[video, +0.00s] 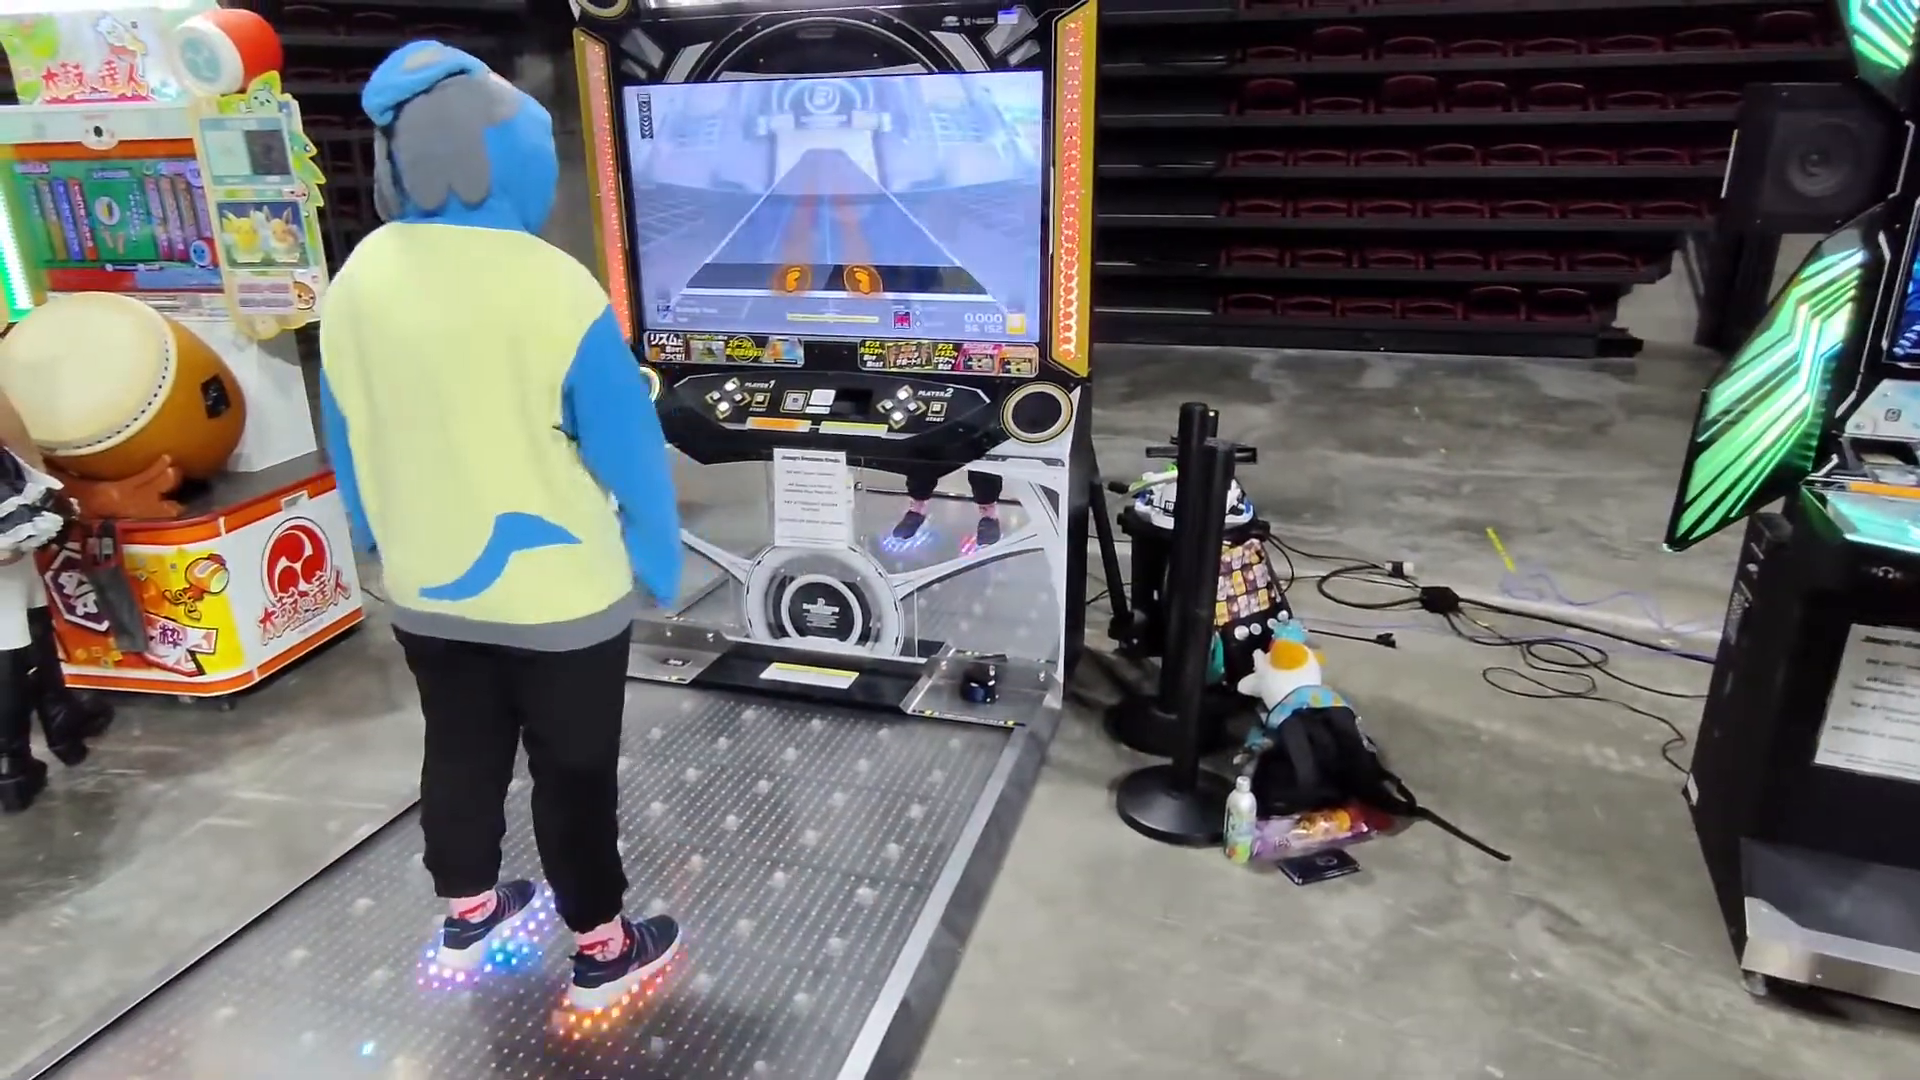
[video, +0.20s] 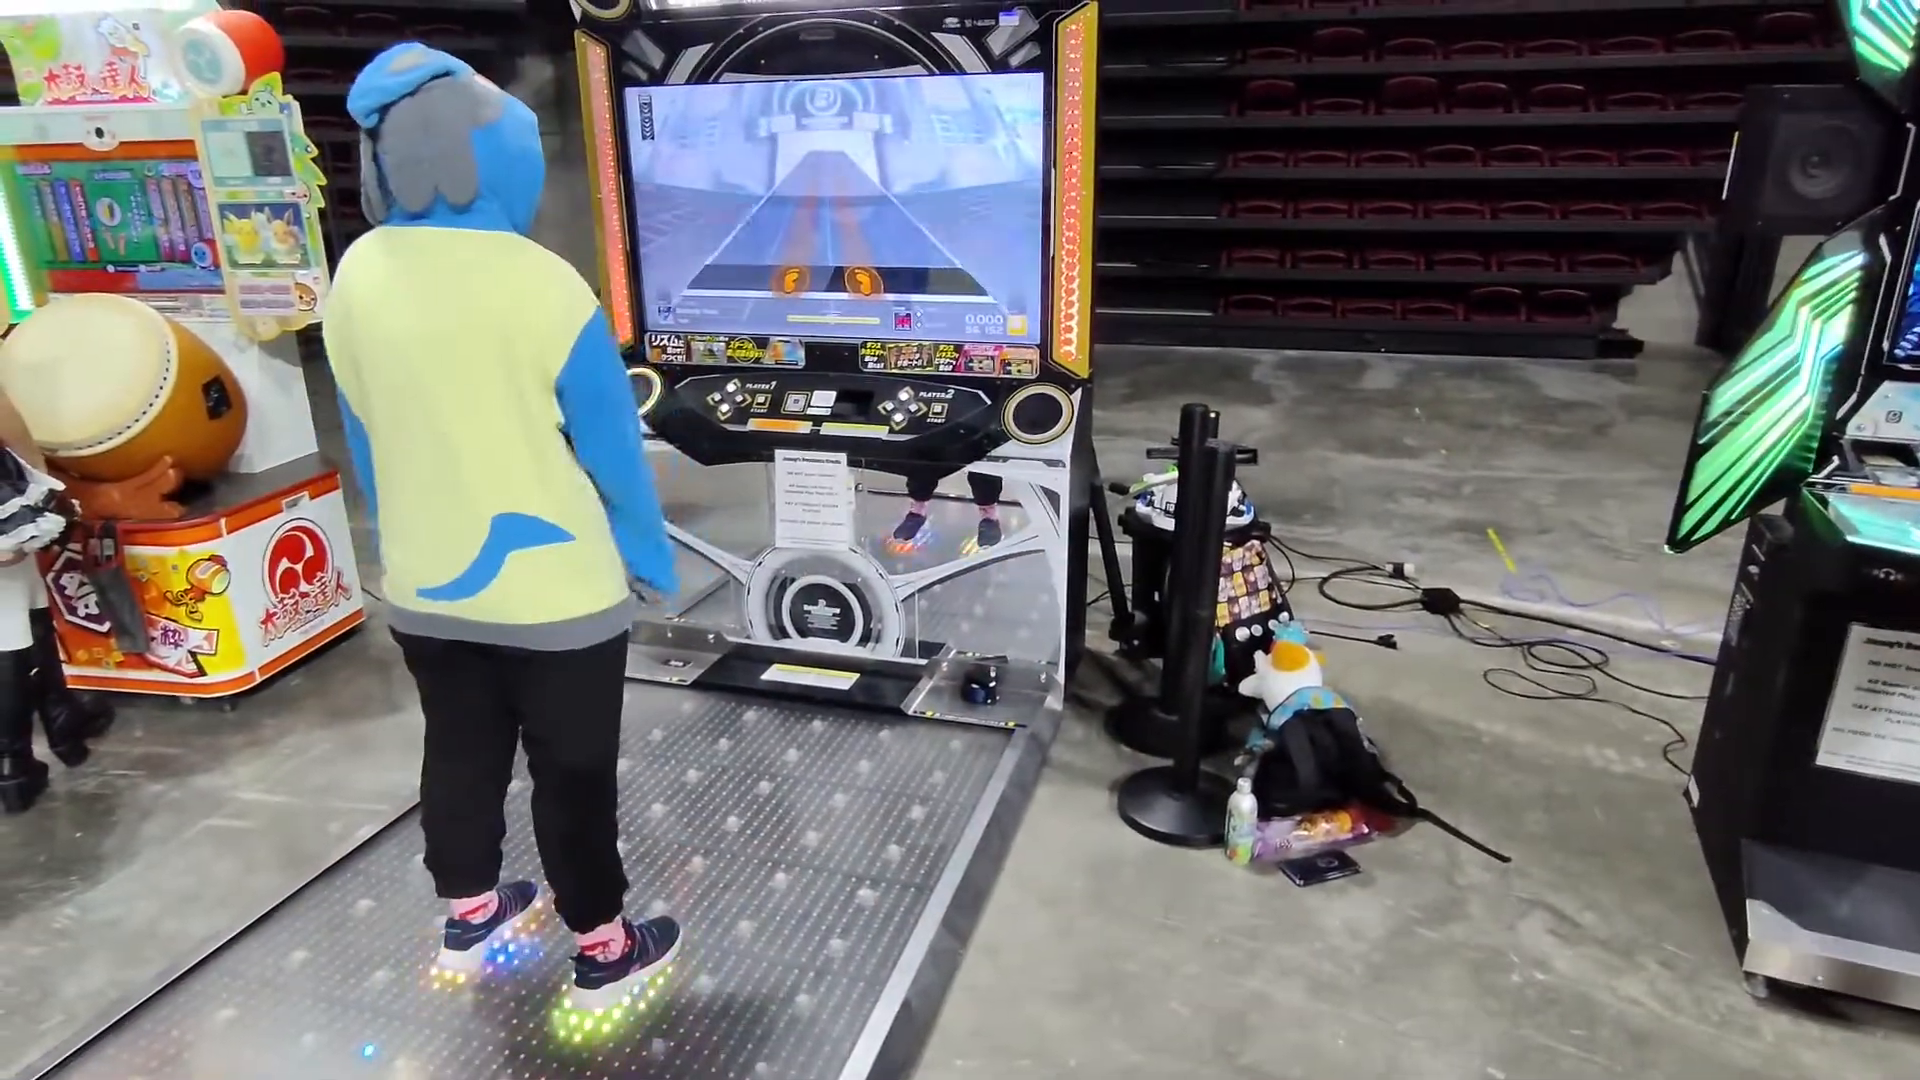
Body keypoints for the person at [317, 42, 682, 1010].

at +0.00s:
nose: (540, 166)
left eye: (528, 147)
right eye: (528, 150)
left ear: (406, 168)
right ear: (512, 162)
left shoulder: (359, 277)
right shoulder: (552, 285)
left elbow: (344, 427)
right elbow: (630, 443)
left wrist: (376, 534)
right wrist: (658, 558)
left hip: (427, 591)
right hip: (562, 596)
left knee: (459, 749)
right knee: (574, 772)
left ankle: (467, 910)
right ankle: (600, 942)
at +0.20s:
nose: (525, 165)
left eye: (515, 147)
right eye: (511, 149)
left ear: (397, 170)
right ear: (487, 162)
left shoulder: (355, 278)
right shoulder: (549, 289)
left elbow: (366, 438)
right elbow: (613, 450)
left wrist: (396, 542)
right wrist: (649, 556)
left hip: (426, 591)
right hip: (560, 596)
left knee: (460, 745)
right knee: (573, 771)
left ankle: (469, 910)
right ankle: (601, 941)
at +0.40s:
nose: (531, 167)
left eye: (521, 149)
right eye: (518, 151)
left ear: (401, 177)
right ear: (496, 167)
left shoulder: (362, 274)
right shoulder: (552, 294)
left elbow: (356, 423)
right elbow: (667, 407)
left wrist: (371, 464)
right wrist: (755, 479)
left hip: (429, 594)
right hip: (558, 601)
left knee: (461, 753)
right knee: (573, 773)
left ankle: (469, 911)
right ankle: (602, 943)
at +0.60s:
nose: (533, 165)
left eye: (522, 148)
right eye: (517, 150)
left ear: (406, 178)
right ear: (490, 166)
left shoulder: (368, 279)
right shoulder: (572, 296)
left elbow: (351, 365)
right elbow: (718, 373)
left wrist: (313, 359)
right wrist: (854, 407)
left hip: (435, 601)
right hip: (568, 608)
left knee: (468, 758)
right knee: (579, 782)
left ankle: (475, 914)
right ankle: (607, 949)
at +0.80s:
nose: (552, 179)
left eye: (545, 160)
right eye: (539, 160)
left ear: (422, 179)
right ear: (501, 173)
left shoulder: (381, 284)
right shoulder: (557, 299)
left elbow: (362, 433)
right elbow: (668, 434)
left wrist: (397, 520)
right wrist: (766, 537)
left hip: (446, 600)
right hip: (572, 608)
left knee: (475, 761)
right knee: (585, 778)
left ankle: (482, 917)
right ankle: (611, 949)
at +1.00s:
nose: (562, 187)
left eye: (554, 169)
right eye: (549, 171)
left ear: (440, 187)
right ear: (515, 182)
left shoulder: (395, 288)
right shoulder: (571, 305)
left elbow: (395, 448)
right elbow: (626, 484)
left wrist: (429, 557)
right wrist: (664, 616)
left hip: (452, 600)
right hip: (573, 605)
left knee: (483, 751)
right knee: (592, 778)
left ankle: (485, 915)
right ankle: (615, 949)